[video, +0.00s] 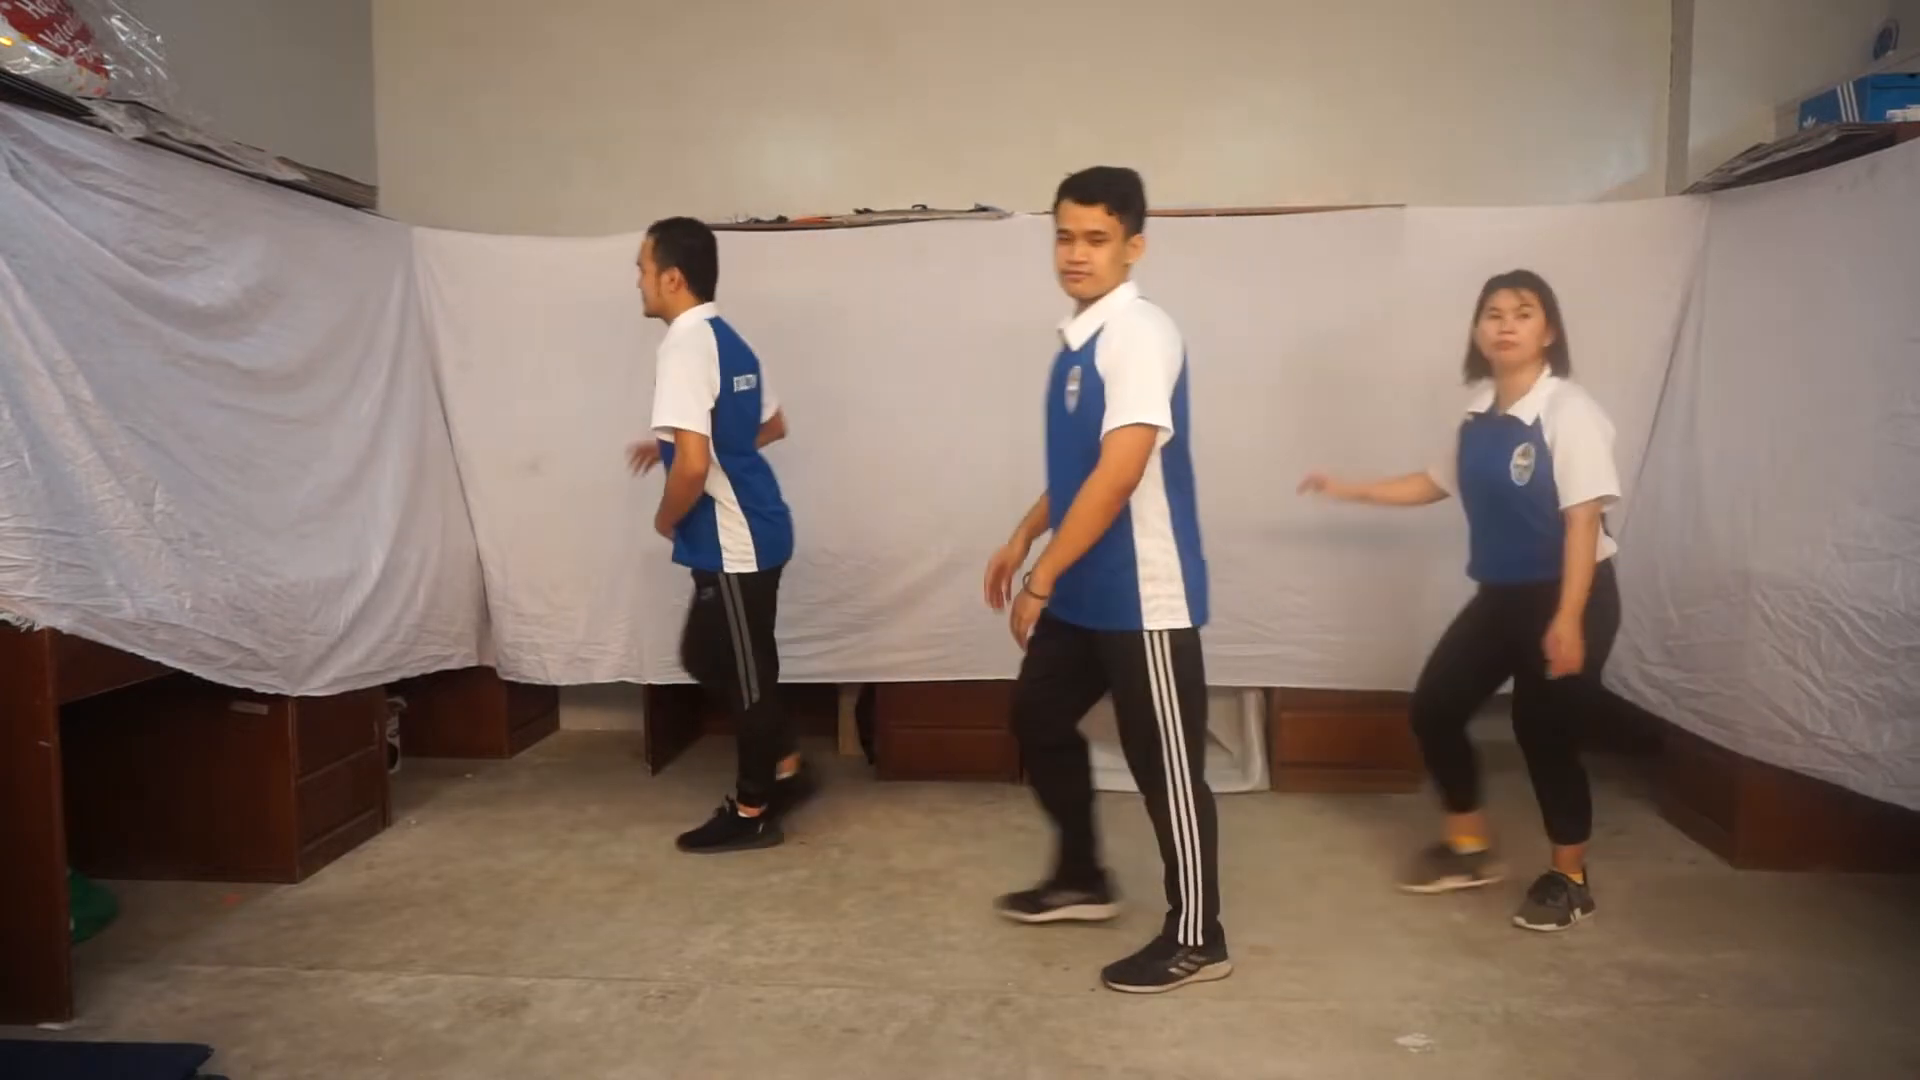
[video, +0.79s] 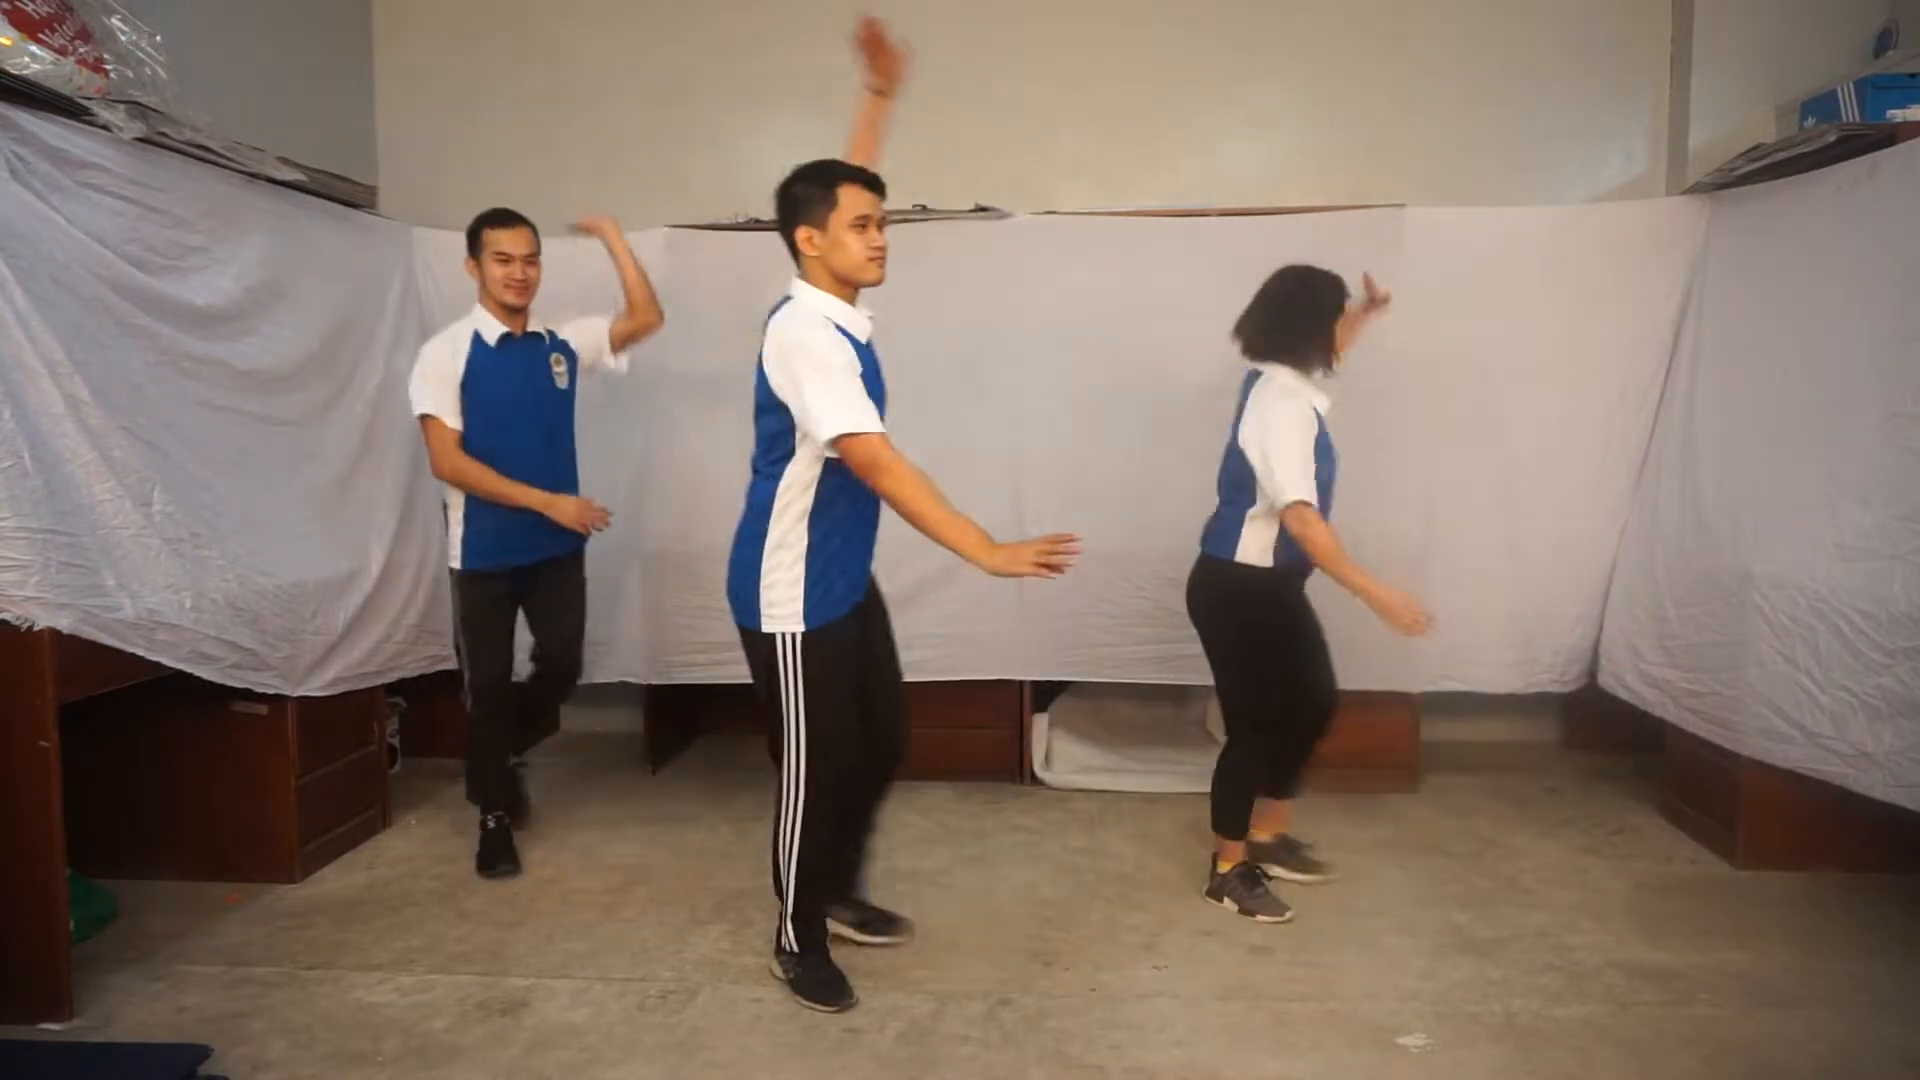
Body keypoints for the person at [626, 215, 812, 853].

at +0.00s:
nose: (638, 279)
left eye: (644, 268)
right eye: (640, 268)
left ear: (672, 275)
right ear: (690, 277)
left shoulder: (686, 344)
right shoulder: (722, 333)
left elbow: (694, 464)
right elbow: (769, 425)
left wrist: (664, 520)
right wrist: (674, 442)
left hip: (735, 542)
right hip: (744, 534)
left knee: (747, 674)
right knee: (703, 654)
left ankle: (753, 808)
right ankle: (786, 763)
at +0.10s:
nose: (612, 276)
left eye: (618, 264)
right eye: (613, 264)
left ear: (649, 271)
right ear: (658, 272)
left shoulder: (675, 340)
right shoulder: (668, 335)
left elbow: (700, 453)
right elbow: (688, 439)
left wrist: (660, 520)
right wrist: (641, 496)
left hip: (718, 542)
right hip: (690, 539)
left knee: (737, 680)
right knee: (679, 671)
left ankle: (751, 809)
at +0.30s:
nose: (581, 273)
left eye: (593, 260)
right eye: (577, 262)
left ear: (634, 266)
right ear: (579, 269)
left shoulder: (662, 344)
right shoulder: (597, 349)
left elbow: (710, 440)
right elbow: (601, 447)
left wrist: (652, 520)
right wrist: (568, 500)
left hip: (661, 548)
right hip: (606, 548)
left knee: (649, 679)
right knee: (622, 679)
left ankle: (689, 807)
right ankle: (642, 800)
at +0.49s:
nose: (570, 273)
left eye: (584, 262)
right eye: (557, 262)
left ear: (607, 272)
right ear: (540, 273)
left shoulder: (634, 352)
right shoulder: (523, 357)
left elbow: (707, 433)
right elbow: (497, 437)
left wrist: (646, 495)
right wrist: (481, 498)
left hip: (617, 558)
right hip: (545, 557)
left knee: (617, 687)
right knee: (519, 671)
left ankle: (646, 821)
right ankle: (553, 798)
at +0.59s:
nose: (553, 272)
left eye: (566, 260)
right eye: (538, 260)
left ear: (584, 270)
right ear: (517, 270)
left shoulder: (615, 350)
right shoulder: (487, 353)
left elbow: (668, 441)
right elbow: (453, 450)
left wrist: (622, 416)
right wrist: (480, 509)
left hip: (599, 555)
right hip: (520, 554)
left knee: (617, 685)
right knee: (504, 688)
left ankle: (644, 818)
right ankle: (496, 819)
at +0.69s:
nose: (536, 273)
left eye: (547, 261)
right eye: (521, 261)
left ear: (561, 269)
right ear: (495, 270)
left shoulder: (580, 350)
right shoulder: (463, 351)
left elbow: (625, 396)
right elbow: (443, 458)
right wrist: (529, 513)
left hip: (579, 552)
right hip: (501, 557)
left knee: (589, 673)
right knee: (497, 690)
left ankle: (591, 800)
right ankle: (497, 821)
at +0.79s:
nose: (519, 272)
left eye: (529, 260)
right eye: (504, 259)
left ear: (541, 268)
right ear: (474, 268)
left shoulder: (563, 343)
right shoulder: (446, 352)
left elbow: (645, 317)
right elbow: (445, 462)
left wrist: (613, 237)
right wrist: (550, 502)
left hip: (555, 548)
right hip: (483, 557)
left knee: (561, 669)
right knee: (489, 689)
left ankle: (508, 748)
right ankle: (493, 818)